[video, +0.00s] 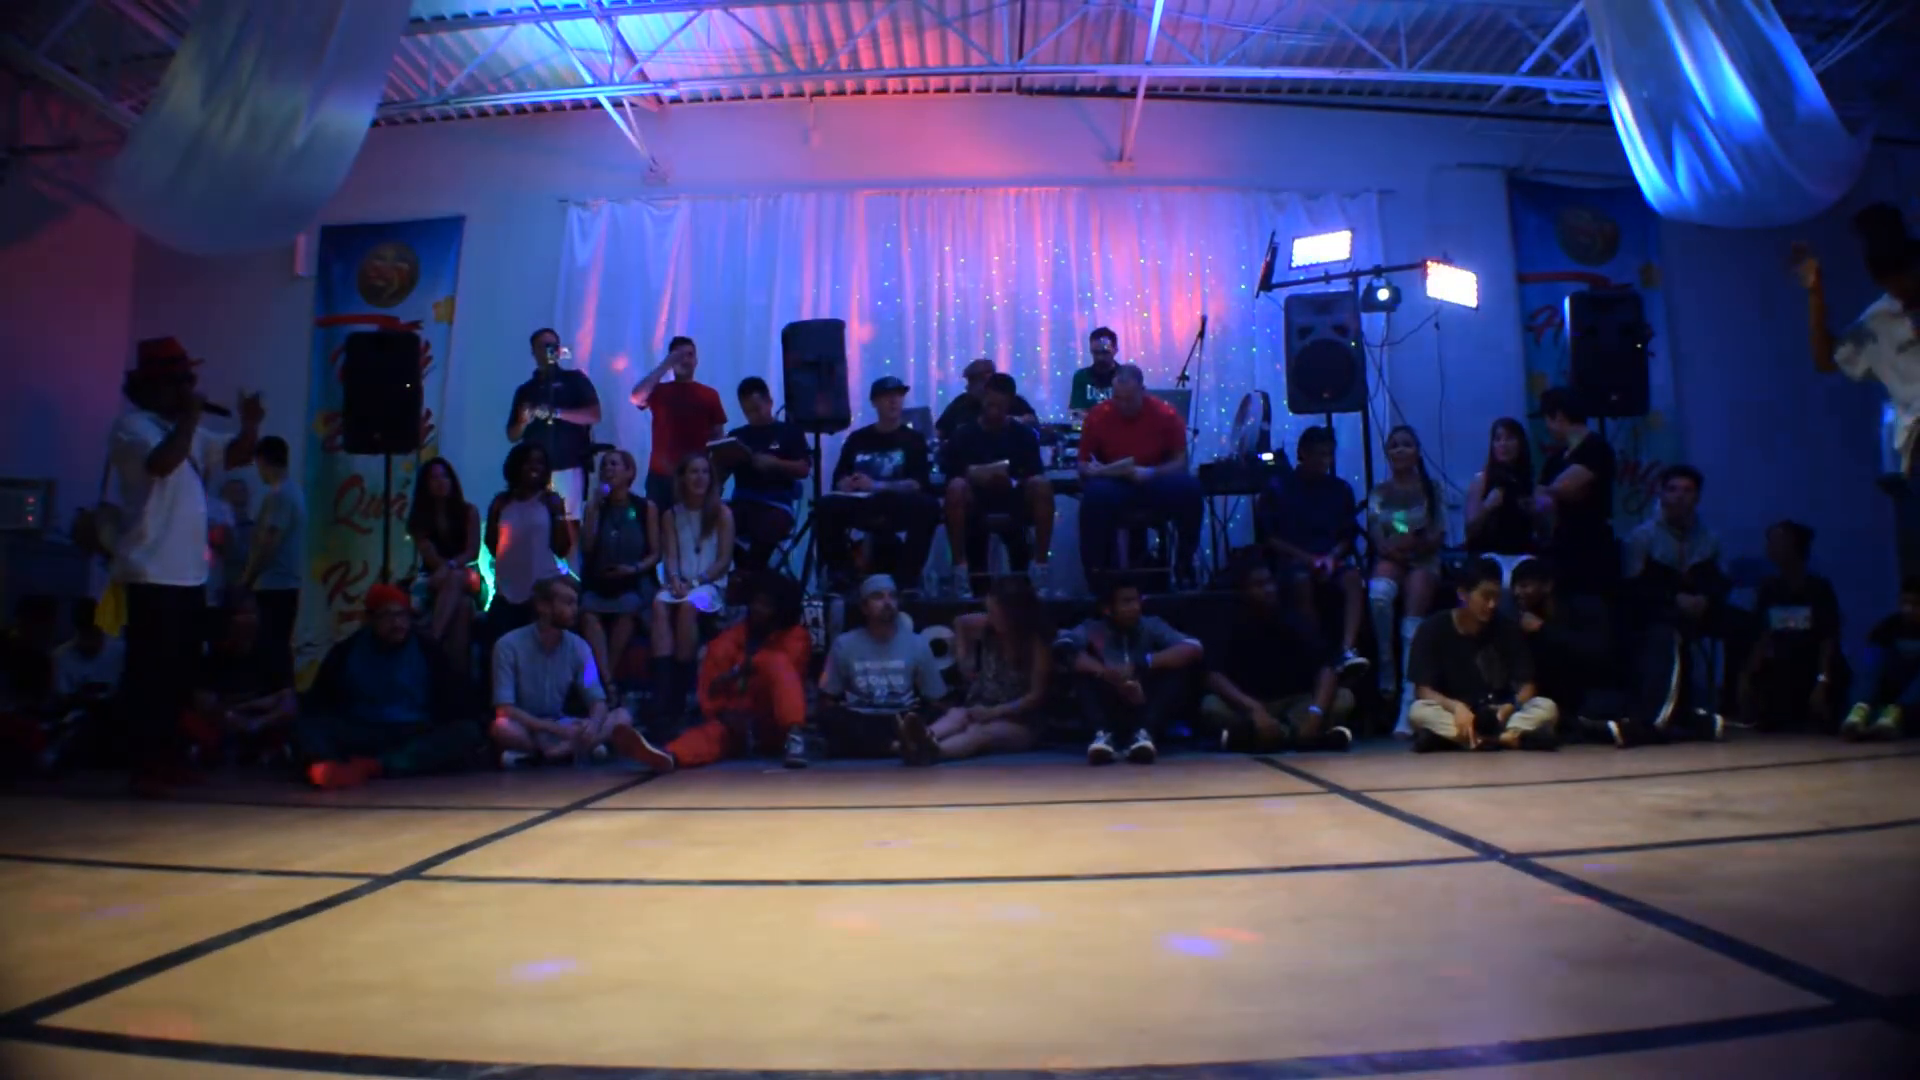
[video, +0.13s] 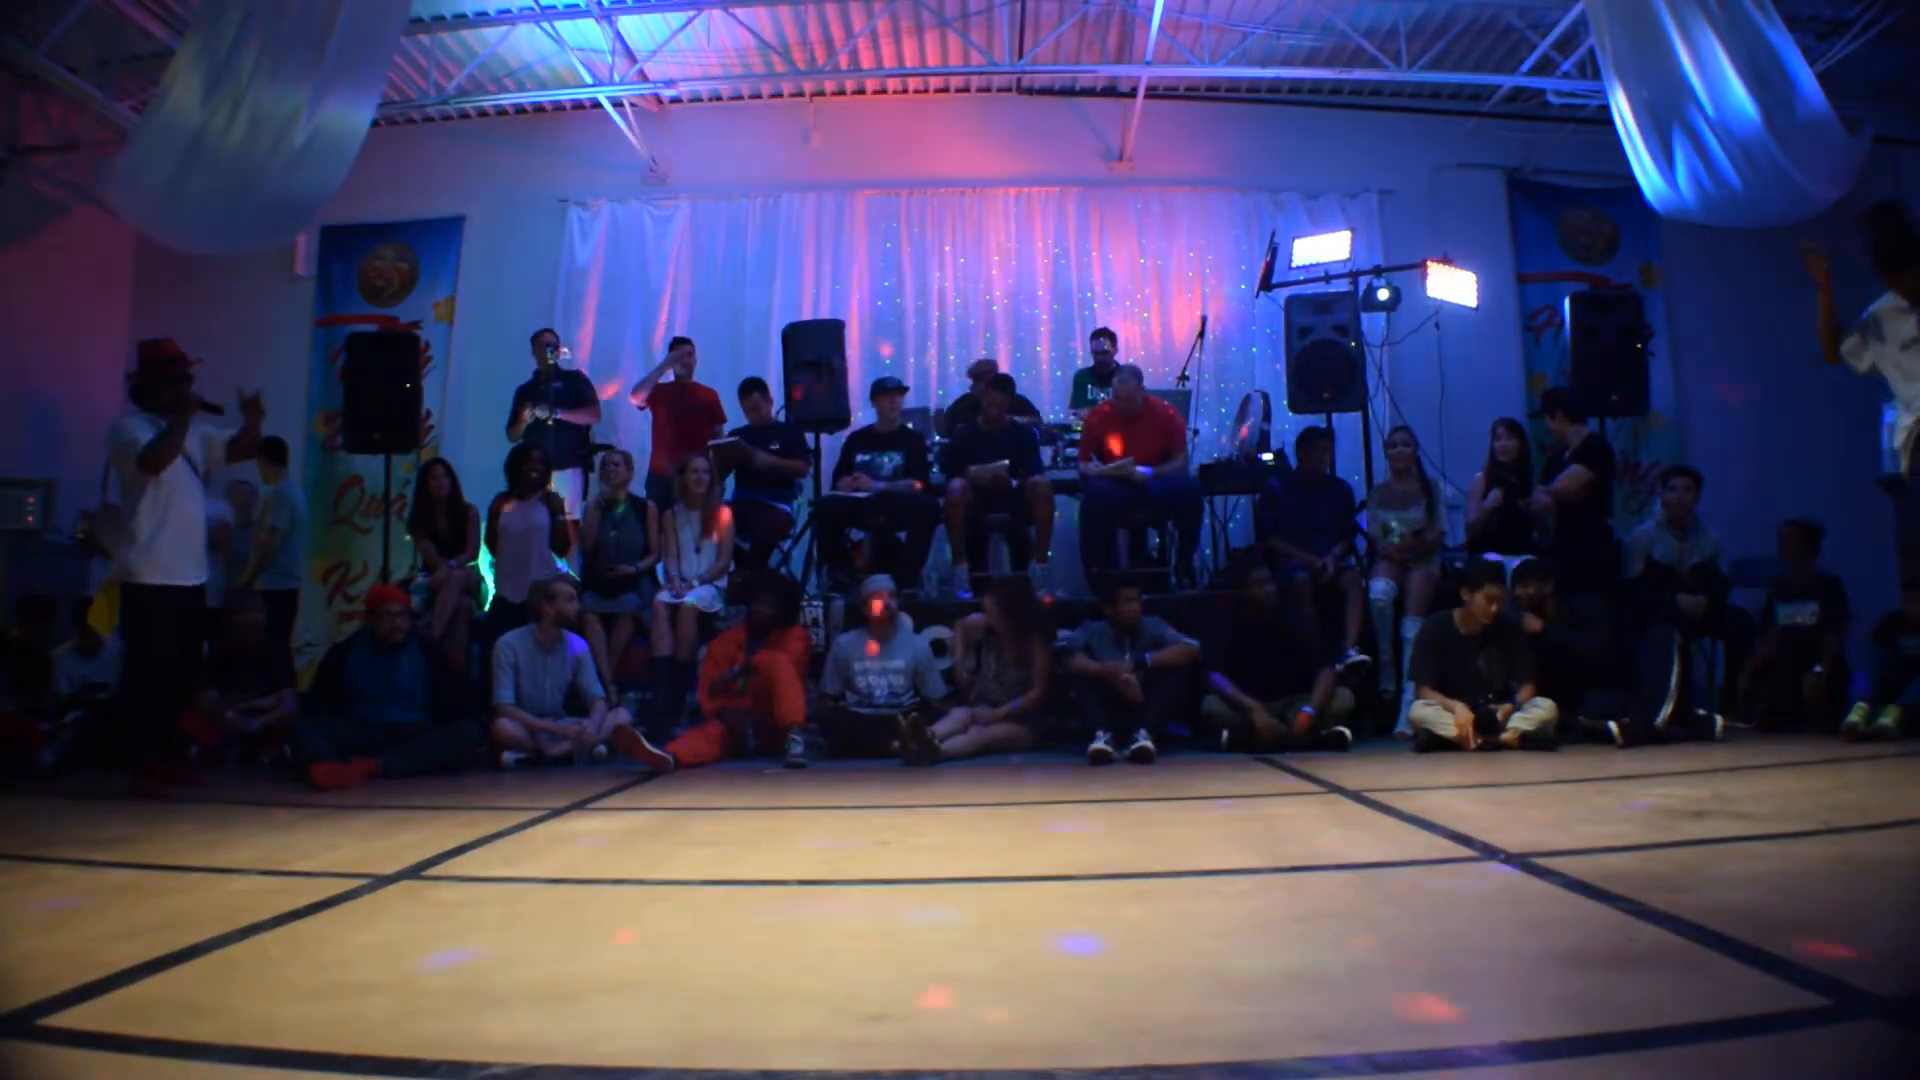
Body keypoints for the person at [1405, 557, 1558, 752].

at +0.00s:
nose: (1492, 605)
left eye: (1495, 597)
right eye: (1485, 596)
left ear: (1500, 596)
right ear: (1463, 594)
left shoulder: (1505, 627)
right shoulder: (1434, 628)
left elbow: (1528, 686)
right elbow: (1423, 690)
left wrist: (1511, 706)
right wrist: (1457, 707)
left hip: (1499, 707)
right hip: (1456, 710)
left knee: (1547, 707)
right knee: (1419, 712)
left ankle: (1470, 743)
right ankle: (1508, 740)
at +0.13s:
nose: (1494, 609)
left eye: (1499, 602)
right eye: (1488, 600)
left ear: (1504, 601)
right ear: (1466, 595)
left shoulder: (1507, 630)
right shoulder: (1436, 629)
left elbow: (1528, 686)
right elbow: (1423, 690)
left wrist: (1510, 707)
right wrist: (1457, 707)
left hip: (1499, 707)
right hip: (1456, 710)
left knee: (1547, 707)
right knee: (1419, 711)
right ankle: (1506, 740)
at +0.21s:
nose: (1496, 611)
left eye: (1502, 603)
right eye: (1491, 601)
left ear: (1508, 604)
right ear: (1469, 595)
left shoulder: (1509, 630)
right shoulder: (1436, 629)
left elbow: (1528, 686)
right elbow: (1423, 690)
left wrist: (1510, 707)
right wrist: (1457, 707)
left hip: (1498, 707)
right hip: (1456, 710)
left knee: (1547, 707)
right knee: (1419, 711)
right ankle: (1507, 740)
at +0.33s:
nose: (1498, 612)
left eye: (1504, 606)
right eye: (1493, 603)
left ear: (1510, 605)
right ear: (1471, 596)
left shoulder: (1510, 630)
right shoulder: (1438, 628)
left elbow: (1528, 686)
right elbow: (1423, 690)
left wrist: (1510, 707)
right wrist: (1457, 707)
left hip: (1500, 707)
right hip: (1457, 710)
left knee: (1547, 707)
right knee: (1419, 712)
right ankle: (1507, 740)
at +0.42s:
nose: (1499, 612)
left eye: (1505, 606)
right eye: (1494, 603)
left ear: (1511, 606)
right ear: (1472, 596)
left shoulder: (1510, 630)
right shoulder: (1438, 629)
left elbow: (1528, 686)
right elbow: (1423, 690)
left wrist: (1509, 707)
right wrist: (1457, 707)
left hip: (1499, 708)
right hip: (1457, 711)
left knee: (1547, 707)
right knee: (1418, 711)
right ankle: (1506, 739)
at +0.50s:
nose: (1499, 612)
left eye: (1505, 606)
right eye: (1494, 603)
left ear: (1511, 606)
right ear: (1472, 596)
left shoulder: (1510, 630)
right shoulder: (1438, 629)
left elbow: (1528, 686)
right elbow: (1423, 690)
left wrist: (1508, 707)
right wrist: (1456, 707)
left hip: (1499, 706)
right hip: (1457, 710)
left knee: (1546, 707)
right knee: (1418, 711)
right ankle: (1505, 740)